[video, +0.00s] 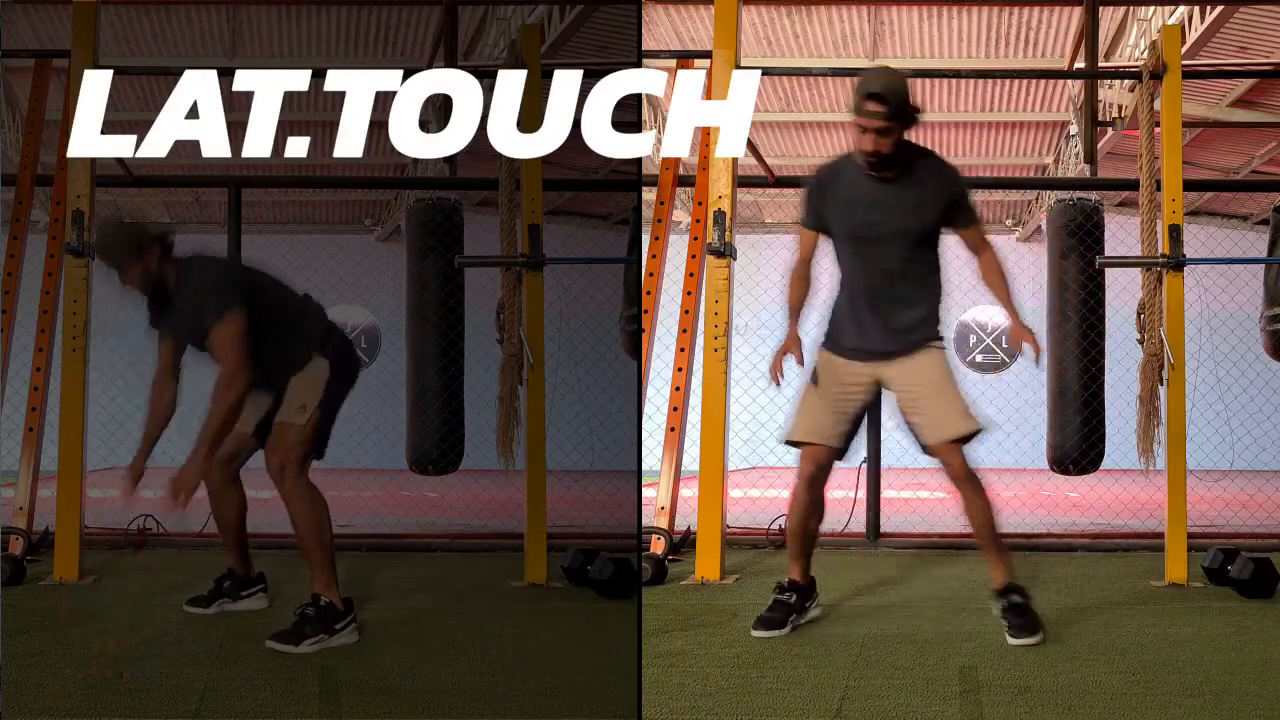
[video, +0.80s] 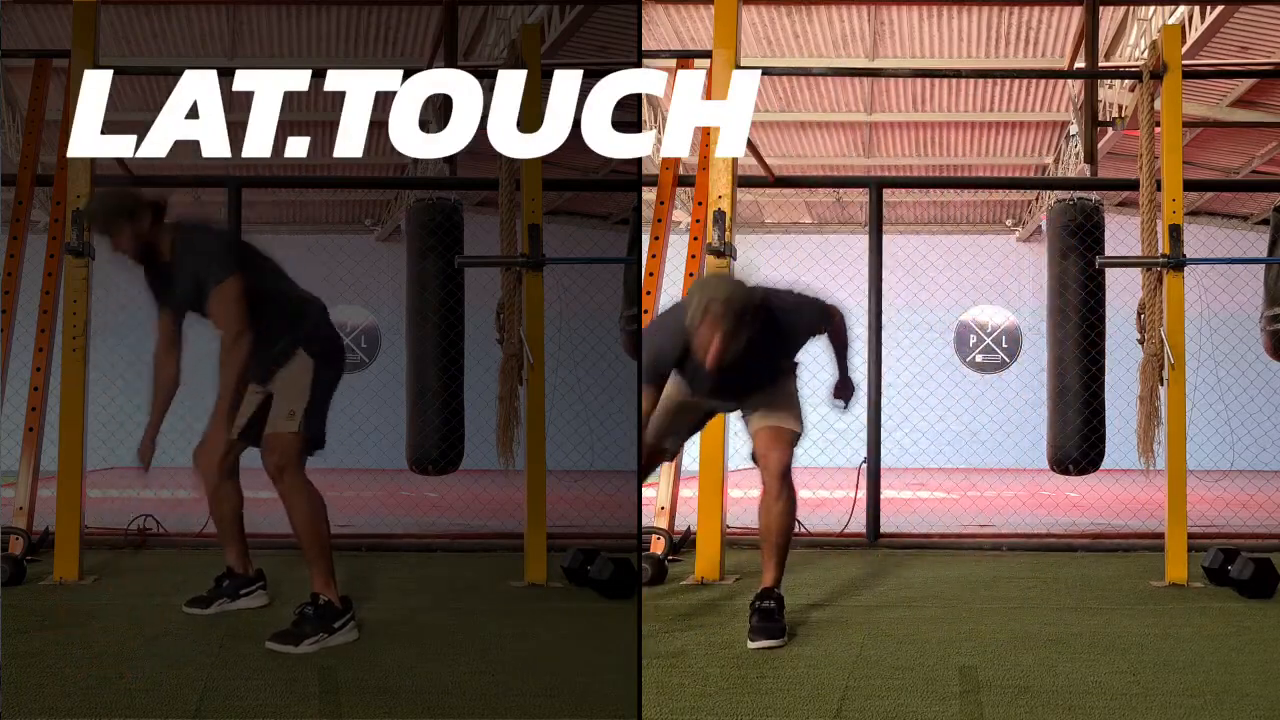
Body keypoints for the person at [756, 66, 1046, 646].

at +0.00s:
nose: (871, 144)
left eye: (883, 132)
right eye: (863, 130)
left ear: (905, 126)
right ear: (850, 122)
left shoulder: (936, 177)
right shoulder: (826, 183)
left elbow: (981, 249)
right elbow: (804, 261)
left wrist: (1013, 317)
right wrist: (792, 328)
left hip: (917, 348)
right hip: (844, 348)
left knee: (958, 467)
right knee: (811, 466)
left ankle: (1007, 589)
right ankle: (796, 586)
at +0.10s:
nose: (833, 139)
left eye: (846, 127)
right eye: (824, 126)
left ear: (871, 117)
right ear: (813, 116)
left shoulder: (905, 166)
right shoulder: (792, 165)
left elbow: (942, 232)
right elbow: (758, 246)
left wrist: (968, 304)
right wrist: (760, 318)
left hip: (877, 328)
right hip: (807, 328)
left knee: (891, 439)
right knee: (786, 449)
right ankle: (786, 578)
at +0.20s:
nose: (795, 169)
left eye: (809, 158)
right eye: (788, 154)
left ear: (834, 147)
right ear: (777, 142)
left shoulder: (874, 180)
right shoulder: (755, 183)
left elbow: (911, 228)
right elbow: (721, 269)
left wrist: (928, 300)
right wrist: (721, 351)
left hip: (848, 327)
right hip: (776, 325)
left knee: (836, 442)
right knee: (735, 433)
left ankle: (812, 574)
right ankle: (735, 557)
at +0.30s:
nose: (752, 232)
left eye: (763, 221)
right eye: (745, 219)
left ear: (786, 213)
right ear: (734, 208)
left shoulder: (836, 226)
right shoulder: (717, 237)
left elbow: (884, 254)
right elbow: (686, 331)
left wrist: (900, 317)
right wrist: (682, 412)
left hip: (813, 358)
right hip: (742, 351)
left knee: (792, 466)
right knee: (679, 458)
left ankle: (770, 596)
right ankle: (646, 558)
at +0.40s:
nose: (710, 319)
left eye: (721, 306)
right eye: (703, 304)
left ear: (742, 292)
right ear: (692, 289)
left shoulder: (792, 283)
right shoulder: (674, 313)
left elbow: (854, 291)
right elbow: (652, 411)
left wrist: (876, 351)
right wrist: (644, 486)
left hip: (784, 375)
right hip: (713, 375)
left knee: (787, 468)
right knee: (660, 458)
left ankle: (770, 595)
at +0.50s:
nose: (681, 397)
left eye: (693, 384)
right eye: (675, 382)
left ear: (712, 368)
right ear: (666, 367)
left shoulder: (761, 335)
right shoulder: (653, 368)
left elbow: (821, 316)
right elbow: (639, 437)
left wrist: (846, 368)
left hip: (760, 382)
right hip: (694, 392)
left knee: (775, 473)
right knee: (640, 461)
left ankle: (769, 592)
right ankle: (609, 554)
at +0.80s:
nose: (714, 349)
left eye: (724, 338)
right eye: (706, 336)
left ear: (743, 320)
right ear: (694, 319)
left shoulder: (781, 312)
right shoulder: (665, 334)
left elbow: (833, 317)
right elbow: (642, 409)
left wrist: (844, 374)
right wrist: (657, 448)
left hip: (767, 376)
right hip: (694, 380)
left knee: (777, 467)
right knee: (645, 455)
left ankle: (770, 595)